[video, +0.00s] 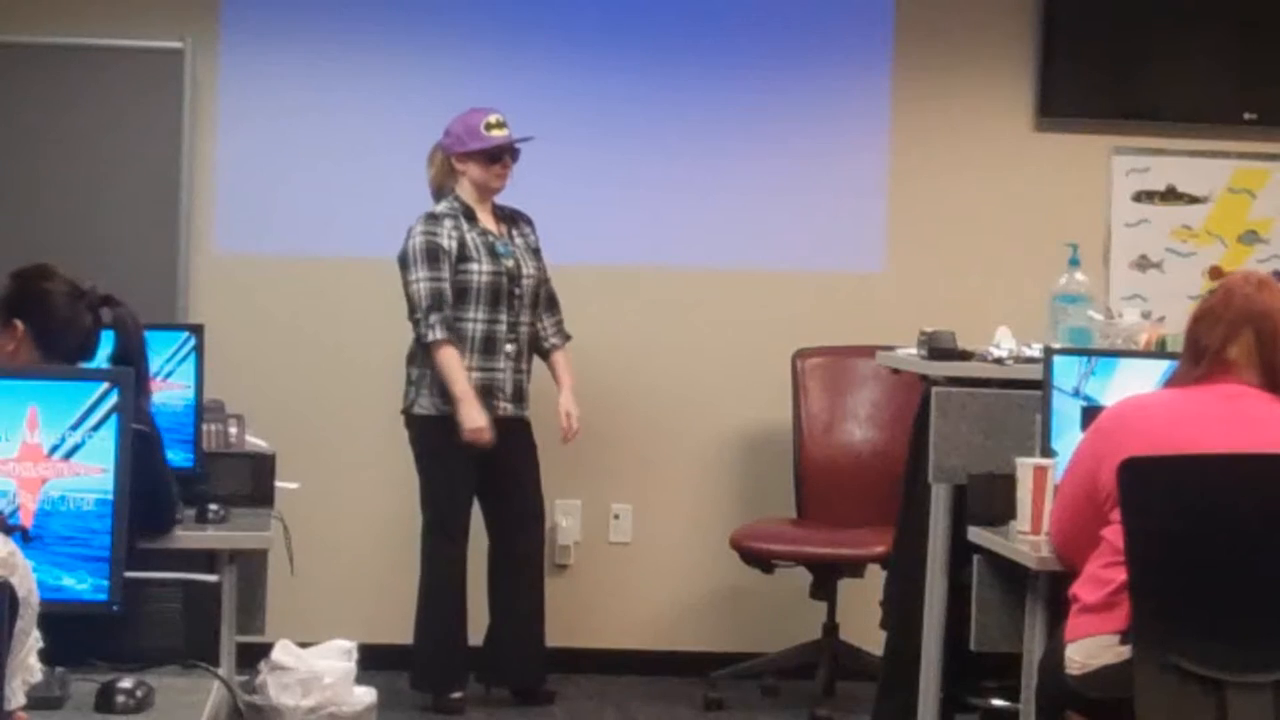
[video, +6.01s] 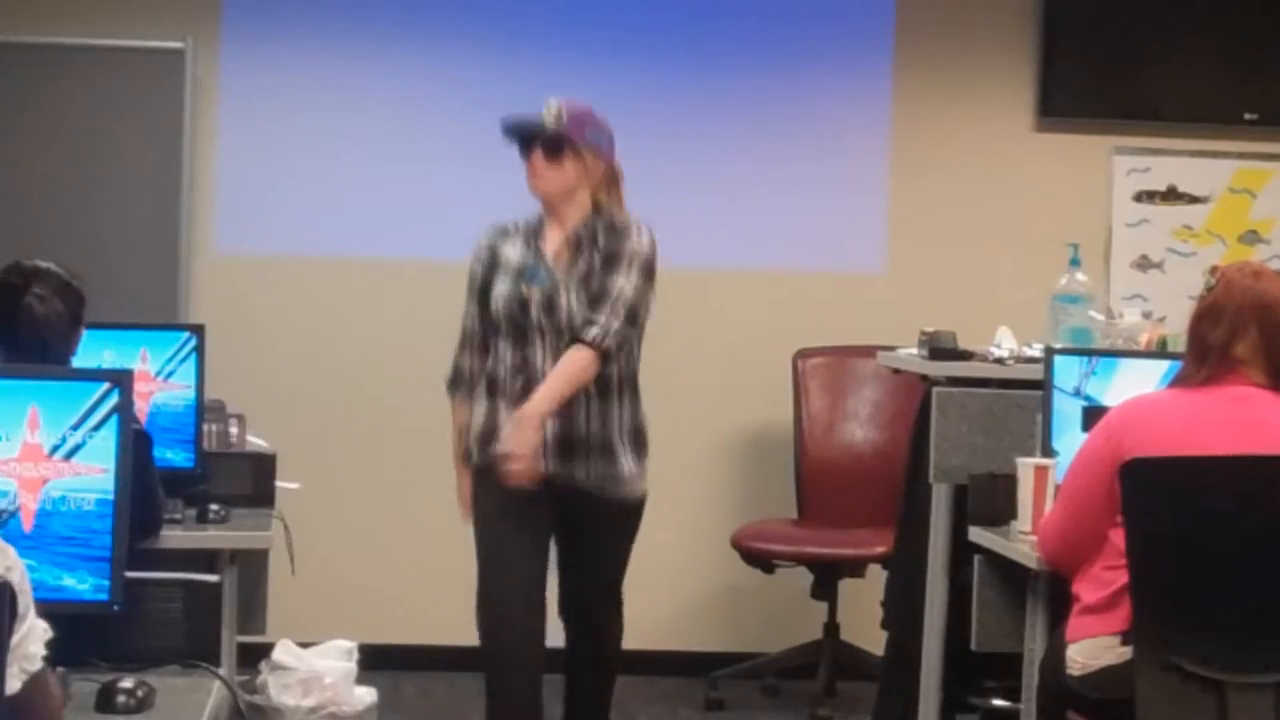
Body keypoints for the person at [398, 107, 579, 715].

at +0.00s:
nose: (504, 165)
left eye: (509, 156)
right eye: (491, 157)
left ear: (511, 162)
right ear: (457, 161)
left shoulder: (520, 229)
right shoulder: (431, 230)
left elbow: (544, 314)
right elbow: (432, 327)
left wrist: (565, 385)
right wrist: (466, 401)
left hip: (507, 415)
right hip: (442, 413)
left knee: (521, 542)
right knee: (446, 546)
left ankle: (519, 672)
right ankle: (441, 680)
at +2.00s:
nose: (495, 160)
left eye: (499, 151)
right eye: (480, 152)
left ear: (502, 160)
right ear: (448, 161)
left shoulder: (517, 230)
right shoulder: (424, 229)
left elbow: (540, 321)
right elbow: (408, 328)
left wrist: (550, 395)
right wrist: (420, 405)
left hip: (513, 416)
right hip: (450, 415)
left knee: (525, 543)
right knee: (451, 548)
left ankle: (519, 675)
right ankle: (439, 683)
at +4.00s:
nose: (489, 169)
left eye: (503, 162)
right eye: (490, 160)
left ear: (542, 171)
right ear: (499, 170)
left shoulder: (588, 244)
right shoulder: (476, 243)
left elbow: (615, 334)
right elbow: (430, 312)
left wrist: (599, 414)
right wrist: (383, 369)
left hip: (568, 431)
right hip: (487, 428)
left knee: (575, 567)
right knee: (463, 553)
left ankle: (577, 702)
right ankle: (435, 701)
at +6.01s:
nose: (536, 161)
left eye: (555, 152)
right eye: (532, 151)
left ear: (594, 164)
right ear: (526, 162)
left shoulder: (629, 241)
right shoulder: (499, 245)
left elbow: (602, 339)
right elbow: (468, 361)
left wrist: (531, 412)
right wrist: (464, 460)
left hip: (600, 472)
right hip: (505, 469)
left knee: (592, 627)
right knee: (507, 628)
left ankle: (586, 716)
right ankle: (512, 717)